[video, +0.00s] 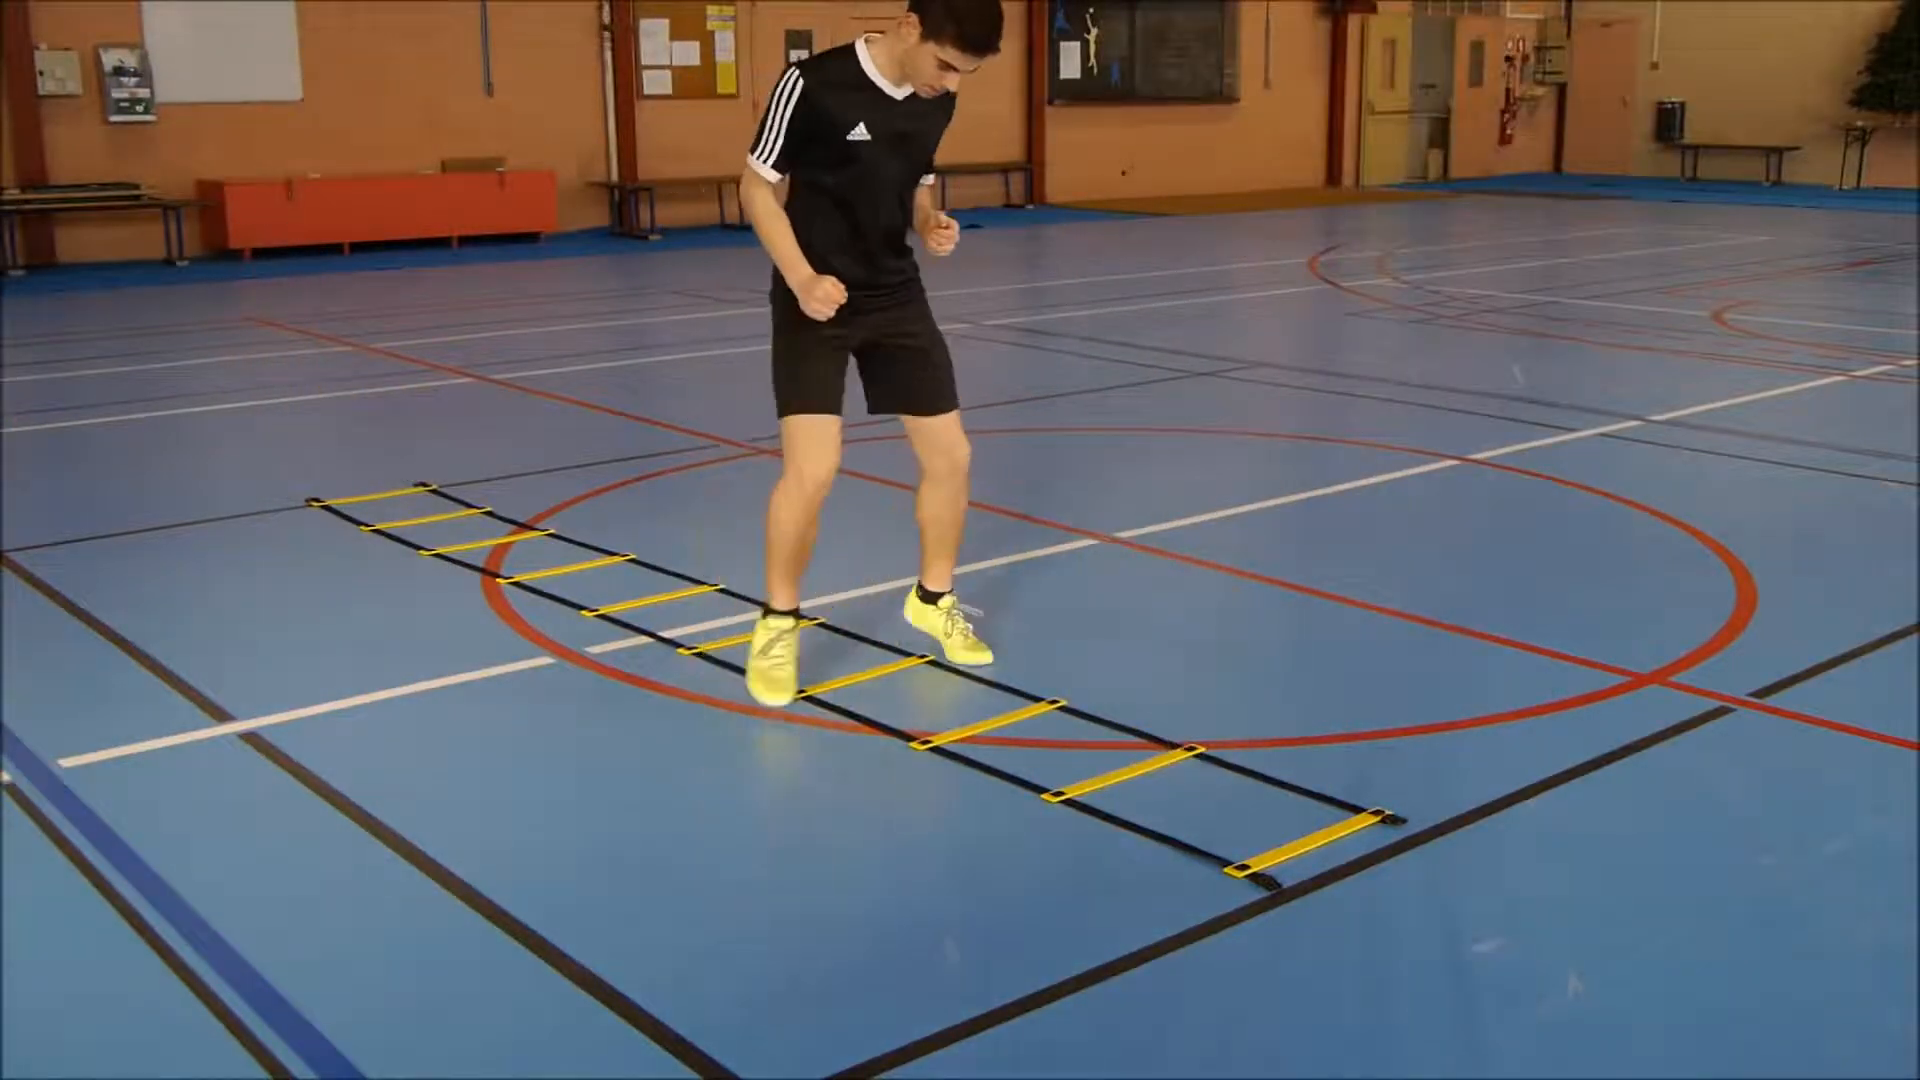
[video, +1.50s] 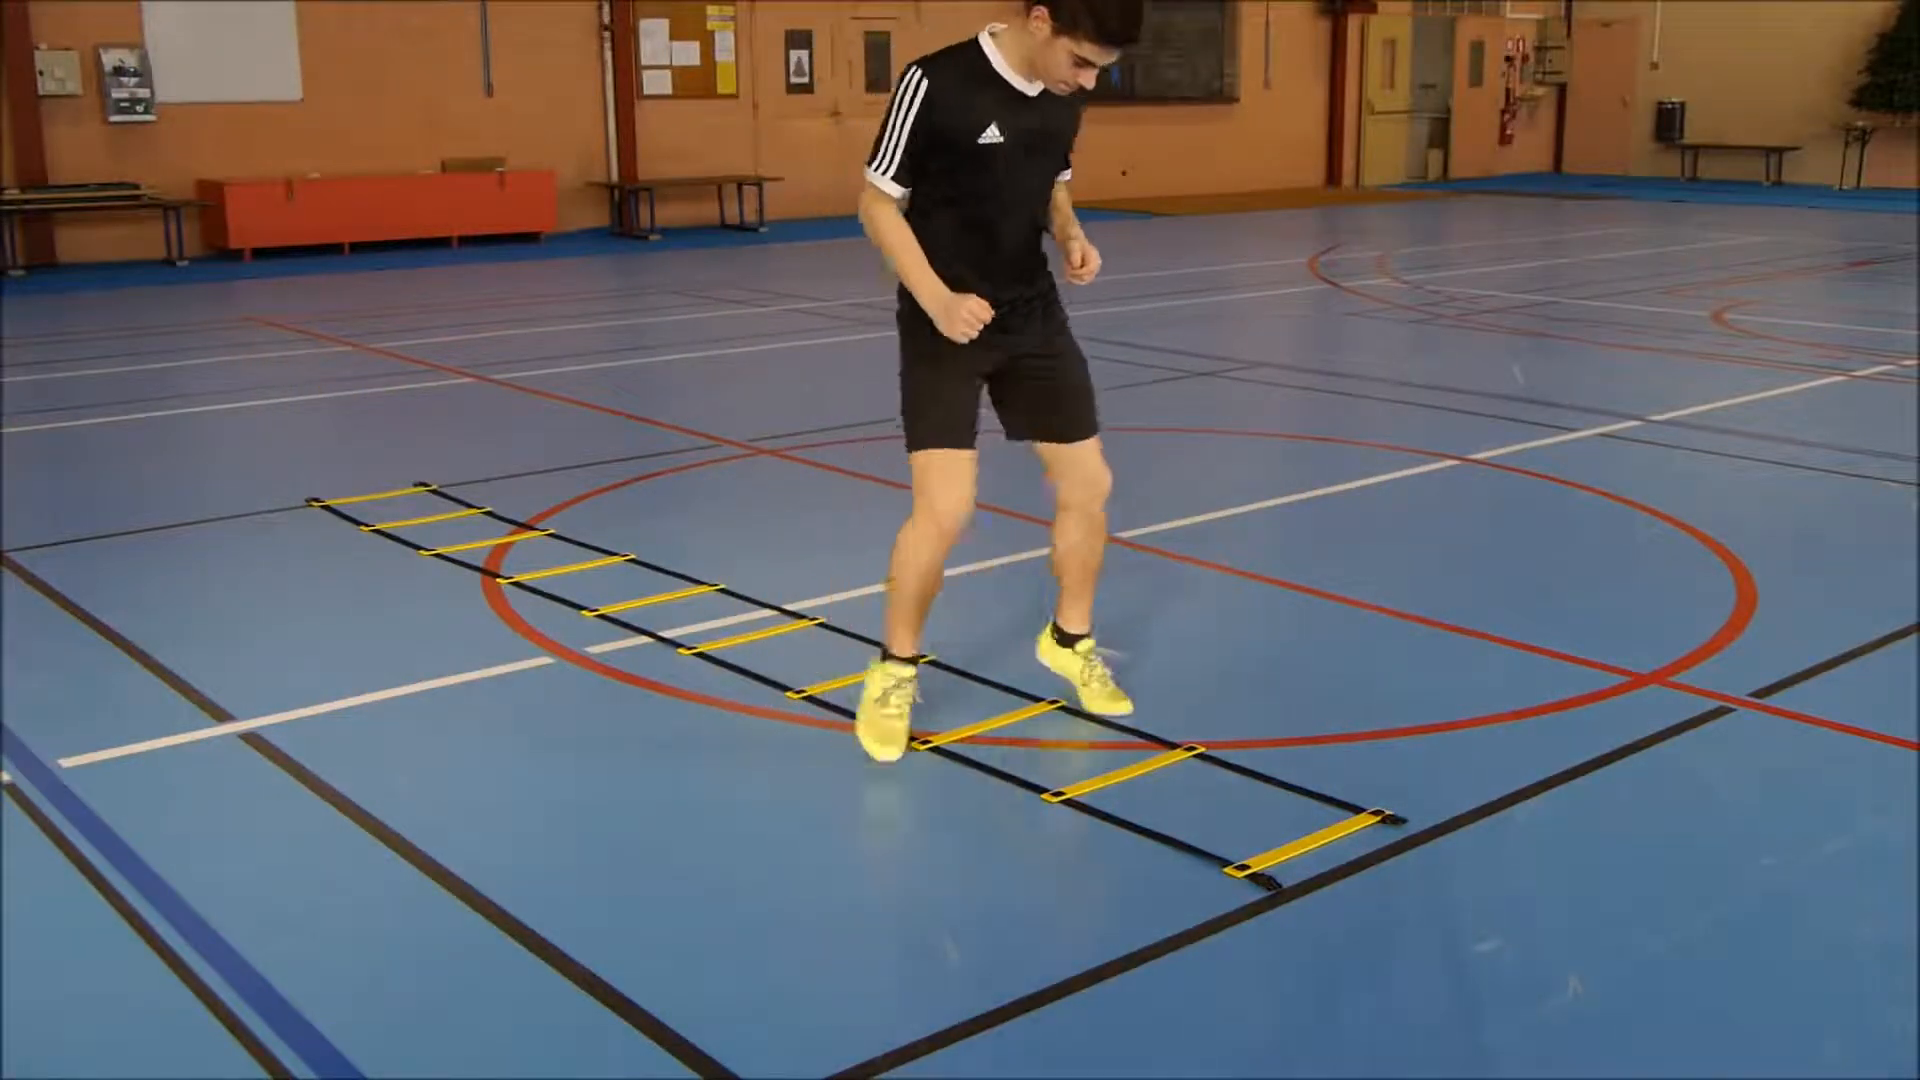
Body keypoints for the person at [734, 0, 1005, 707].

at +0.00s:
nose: (951, 83)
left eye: (962, 72)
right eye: (944, 65)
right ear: (905, 27)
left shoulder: (938, 96)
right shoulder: (809, 84)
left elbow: (918, 180)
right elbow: (757, 187)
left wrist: (930, 222)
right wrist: (801, 278)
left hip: (894, 289)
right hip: (811, 292)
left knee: (948, 453)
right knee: (812, 467)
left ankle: (933, 599)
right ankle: (779, 620)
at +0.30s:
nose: (983, 87)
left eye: (995, 75)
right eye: (977, 68)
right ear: (939, 30)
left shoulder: (973, 95)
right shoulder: (837, 85)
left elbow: (965, 178)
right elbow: (790, 191)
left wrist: (969, 225)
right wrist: (841, 281)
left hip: (927, 292)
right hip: (846, 297)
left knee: (969, 457)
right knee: (876, 479)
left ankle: (932, 595)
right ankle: (886, 643)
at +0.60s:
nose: (1008, 68)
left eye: (1019, 56)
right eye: (1002, 49)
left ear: (1026, 43)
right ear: (962, 11)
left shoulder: (984, 76)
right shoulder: (859, 60)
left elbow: (965, 160)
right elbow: (795, 164)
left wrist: (989, 211)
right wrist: (862, 258)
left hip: (947, 289)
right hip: (868, 295)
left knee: (984, 455)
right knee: (887, 483)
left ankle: (918, 615)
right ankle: (886, 639)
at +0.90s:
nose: (1020, 70)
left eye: (1032, 58)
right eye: (1011, 51)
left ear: (1043, 43)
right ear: (967, 16)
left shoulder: (1014, 89)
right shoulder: (872, 77)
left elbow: (1011, 179)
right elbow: (816, 190)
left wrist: (1012, 229)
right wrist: (874, 284)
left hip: (970, 316)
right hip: (886, 315)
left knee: (968, 491)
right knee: (881, 490)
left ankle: (898, 635)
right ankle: (852, 671)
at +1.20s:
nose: (1044, 84)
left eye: (1055, 71)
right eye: (1037, 64)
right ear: (990, 26)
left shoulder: (1022, 98)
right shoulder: (899, 95)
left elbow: (1006, 187)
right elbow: (837, 217)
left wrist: (1029, 235)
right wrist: (914, 307)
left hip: (980, 318)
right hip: (895, 321)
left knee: (1064, 471)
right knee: (871, 513)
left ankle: (960, 606)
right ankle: (828, 695)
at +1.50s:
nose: (1088, 81)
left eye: (1099, 69)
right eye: (1080, 62)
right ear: (1036, 20)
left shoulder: (1065, 91)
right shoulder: (932, 83)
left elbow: (1052, 182)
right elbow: (877, 205)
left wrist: (1070, 233)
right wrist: (936, 298)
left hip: (1030, 311)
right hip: (940, 317)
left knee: (1086, 483)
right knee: (944, 508)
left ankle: (1071, 638)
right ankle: (896, 667)